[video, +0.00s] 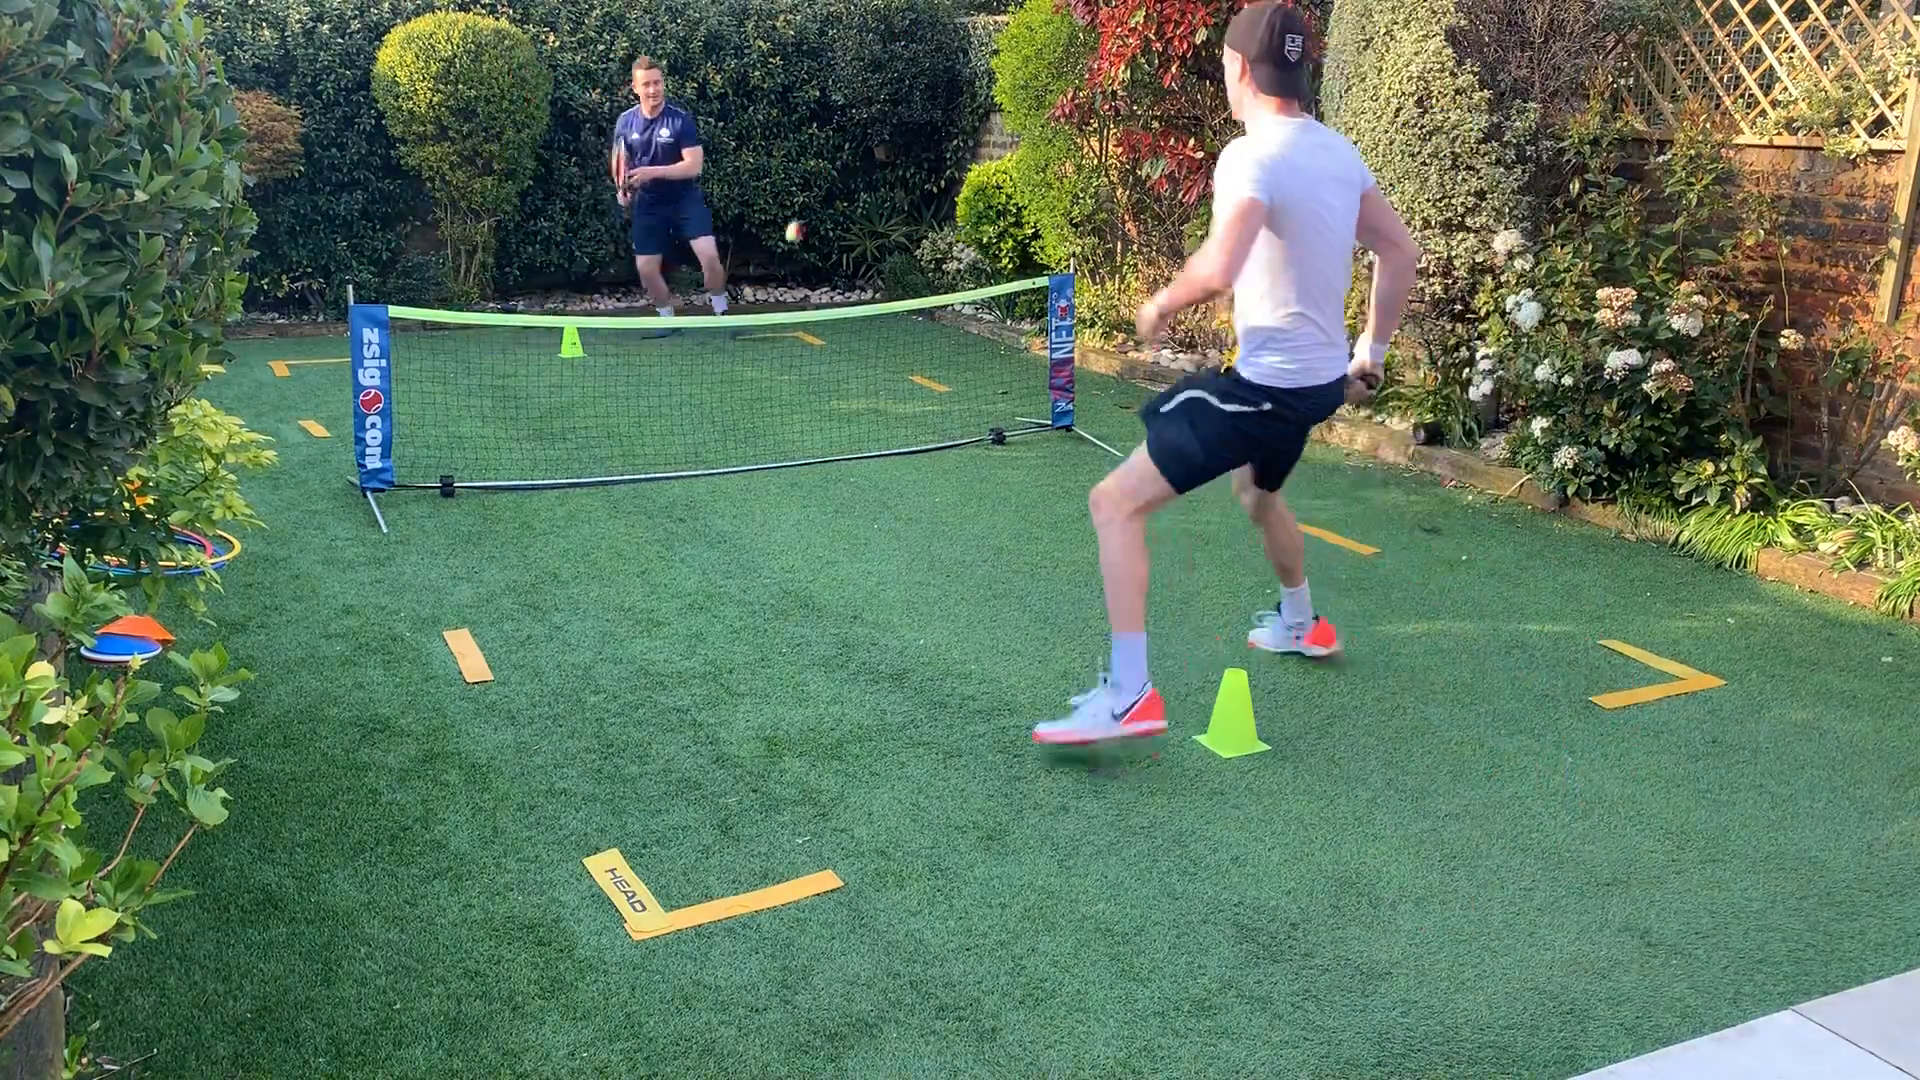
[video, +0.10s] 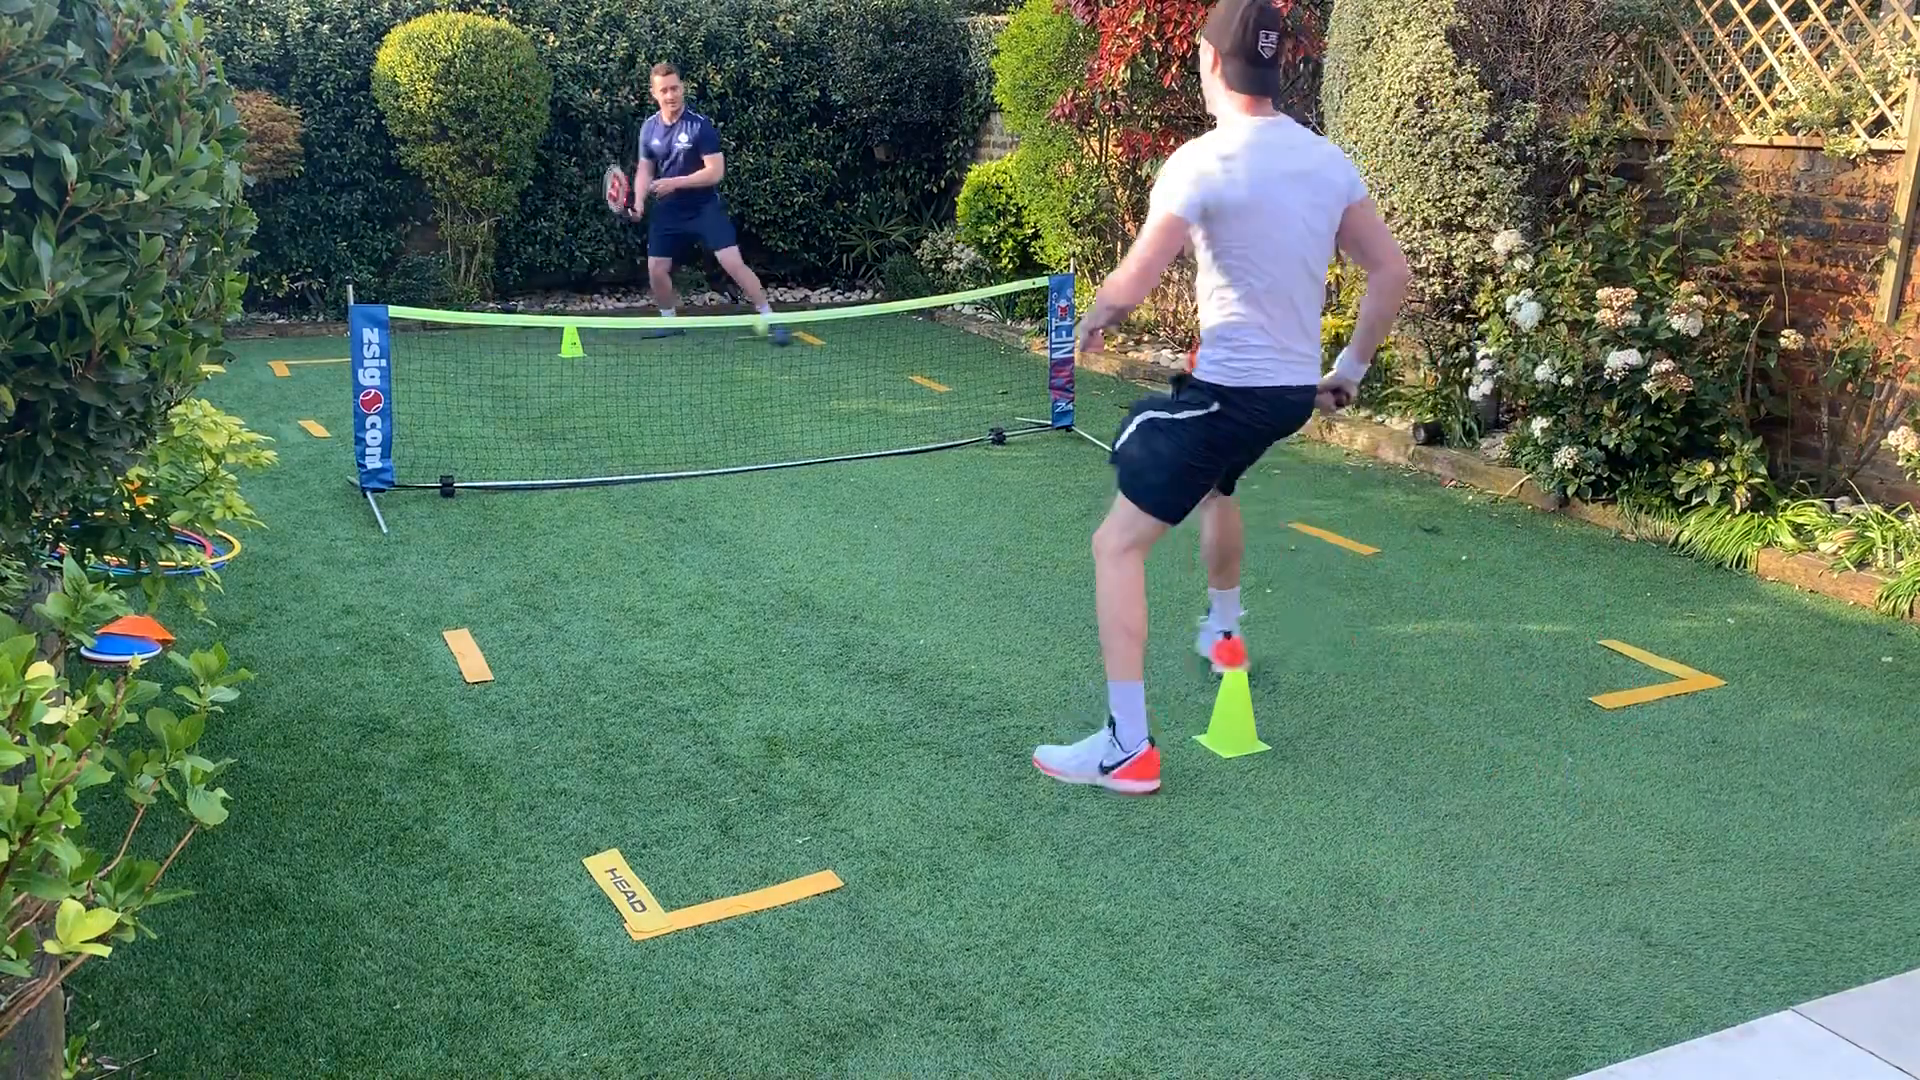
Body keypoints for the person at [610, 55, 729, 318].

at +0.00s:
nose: (653, 89)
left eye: (657, 83)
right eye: (646, 84)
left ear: (663, 84)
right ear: (635, 88)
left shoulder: (681, 120)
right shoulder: (625, 122)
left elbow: (694, 166)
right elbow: (619, 162)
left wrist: (652, 172)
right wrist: (622, 186)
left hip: (685, 198)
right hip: (647, 203)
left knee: (710, 256)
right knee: (646, 269)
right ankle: (668, 320)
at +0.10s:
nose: (670, 95)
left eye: (674, 88)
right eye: (663, 90)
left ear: (683, 89)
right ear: (654, 94)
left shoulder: (700, 126)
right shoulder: (648, 129)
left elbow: (715, 172)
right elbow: (644, 171)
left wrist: (675, 182)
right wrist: (638, 204)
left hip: (705, 206)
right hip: (667, 208)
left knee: (733, 264)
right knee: (656, 271)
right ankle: (669, 321)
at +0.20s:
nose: (686, 98)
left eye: (691, 91)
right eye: (680, 93)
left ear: (700, 89)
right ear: (672, 96)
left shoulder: (723, 124)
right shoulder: (672, 131)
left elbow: (743, 166)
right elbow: (667, 174)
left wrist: (704, 181)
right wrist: (654, 201)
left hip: (733, 209)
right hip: (696, 210)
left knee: (754, 270)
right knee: (677, 265)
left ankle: (784, 325)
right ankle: (675, 322)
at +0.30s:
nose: (697, 96)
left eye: (702, 89)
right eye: (691, 91)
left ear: (711, 87)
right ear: (684, 93)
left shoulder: (737, 117)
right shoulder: (688, 128)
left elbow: (765, 153)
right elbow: (687, 173)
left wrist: (732, 177)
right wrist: (667, 202)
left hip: (753, 203)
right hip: (717, 206)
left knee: (768, 263)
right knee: (703, 257)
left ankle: (787, 324)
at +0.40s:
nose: (706, 99)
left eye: (710, 91)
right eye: (699, 94)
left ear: (722, 87)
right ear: (694, 95)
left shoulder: (750, 113)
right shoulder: (698, 129)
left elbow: (782, 148)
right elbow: (701, 177)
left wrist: (756, 176)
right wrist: (684, 212)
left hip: (769, 194)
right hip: (734, 201)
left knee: (785, 254)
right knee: (735, 263)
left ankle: (801, 319)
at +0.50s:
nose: (715, 108)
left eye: (720, 100)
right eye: (709, 102)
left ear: (733, 95)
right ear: (704, 103)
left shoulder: (761, 121)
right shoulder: (712, 142)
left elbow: (798, 150)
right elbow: (719, 190)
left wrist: (778, 181)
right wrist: (706, 227)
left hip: (784, 204)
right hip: (750, 213)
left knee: (806, 257)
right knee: (756, 273)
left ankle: (832, 317)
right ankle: (782, 323)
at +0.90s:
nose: (745, 110)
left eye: (749, 103)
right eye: (740, 104)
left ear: (766, 98)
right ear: (737, 104)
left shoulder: (798, 127)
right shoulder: (740, 141)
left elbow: (830, 162)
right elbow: (742, 186)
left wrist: (810, 187)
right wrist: (741, 212)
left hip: (804, 212)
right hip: (764, 214)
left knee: (831, 271)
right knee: (748, 268)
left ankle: (855, 324)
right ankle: (760, 319)